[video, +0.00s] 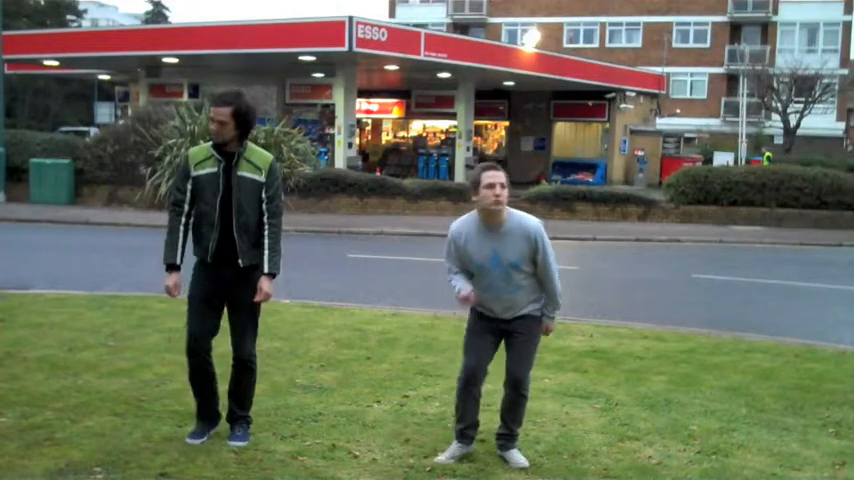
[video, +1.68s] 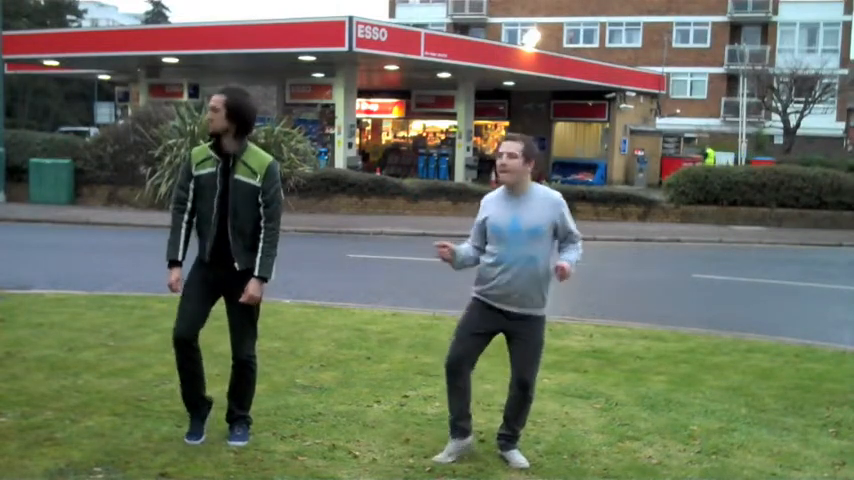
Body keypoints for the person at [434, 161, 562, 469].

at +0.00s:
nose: (497, 193)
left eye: (502, 187)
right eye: (489, 187)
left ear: (508, 192)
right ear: (476, 195)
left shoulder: (531, 228)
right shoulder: (460, 230)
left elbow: (549, 274)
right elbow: (454, 270)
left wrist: (550, 313)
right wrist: (463, 287)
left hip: (526, 316)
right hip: (484, 314)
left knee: (518, 380)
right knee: (470, 373)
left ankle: (507, 444)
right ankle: (463, 441)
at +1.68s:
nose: (502, 162)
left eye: (511, 157)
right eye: (499, 156)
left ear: (530, 164)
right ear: (495, 163)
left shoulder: (553, 202)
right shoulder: (489, 203)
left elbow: (573, 242)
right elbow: (475, 249)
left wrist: (566, 261)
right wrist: (455, 254)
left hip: (529, 312)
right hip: (486, 305)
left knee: (524, 382)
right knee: (456, 362)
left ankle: (508, 444)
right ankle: (460, 437)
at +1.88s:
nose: (515, 168)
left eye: (522, 163)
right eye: (509, 162)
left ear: (532, 173)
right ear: (498, 170)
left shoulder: (547, 212)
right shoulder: (482, 207)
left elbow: (574, 250)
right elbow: (473, 248)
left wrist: (576, 258)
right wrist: (466, 268)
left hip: (534, 315)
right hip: (492, 311)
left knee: (524, 381)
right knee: (457, 366)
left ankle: (508, 445)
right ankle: (464, 440)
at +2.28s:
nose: (518, 152)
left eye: (524, 148)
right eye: (512, 147)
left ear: (534, 157)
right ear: (501, 155)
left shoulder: (553, 195)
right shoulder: (486, 194)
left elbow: (569, 235)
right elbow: (468, 237)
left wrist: (570, 252)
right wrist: (450, 230)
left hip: (529, 303)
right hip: (487, 296)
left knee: (519, 377)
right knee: (466, 363)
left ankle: (508, 444)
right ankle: (464, 439)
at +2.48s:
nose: (513, 160)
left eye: (521, 156)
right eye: (508, 156)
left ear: (533, 165)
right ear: (499, 165)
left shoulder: (550, 204)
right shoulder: (486, 200)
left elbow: (572, 241)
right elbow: (474, 246)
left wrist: (576, 256)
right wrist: (464, 245)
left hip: (533, 310)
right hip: (490, 304)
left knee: (524, 378)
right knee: (456, 359)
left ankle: (509, 444)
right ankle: (460, 434)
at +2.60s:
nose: (512, 170)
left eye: (520, 167)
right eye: (508, 165)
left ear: (533, 178)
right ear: (499, 173)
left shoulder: (547, 218)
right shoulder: (482, 209)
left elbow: (566, 255)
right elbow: (470, 249)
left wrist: (576, 270)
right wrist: (462, 269)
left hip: (535, 316)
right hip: (493, 313)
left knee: (526, 381)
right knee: (461, 369)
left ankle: (509, 444)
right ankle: (469, 443)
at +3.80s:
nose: (507, 165)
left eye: (513, 158)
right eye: (502, 159)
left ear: (531, 158)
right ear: (497, 159)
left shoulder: (555, 191)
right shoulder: (493, 189)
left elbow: (583, 231)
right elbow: (471, 218)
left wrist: (556, 256)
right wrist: (447, 211)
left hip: (523, 300)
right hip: (483, 294)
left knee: (514, 377)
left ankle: (507, 444)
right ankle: (463, 442)